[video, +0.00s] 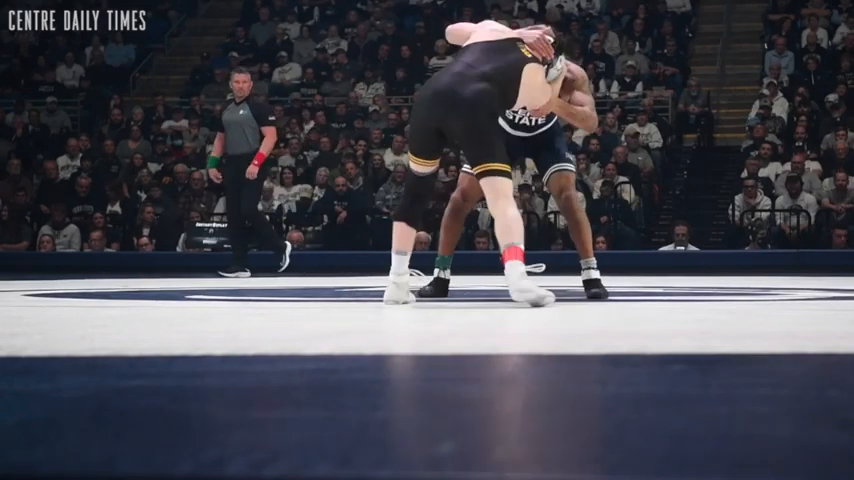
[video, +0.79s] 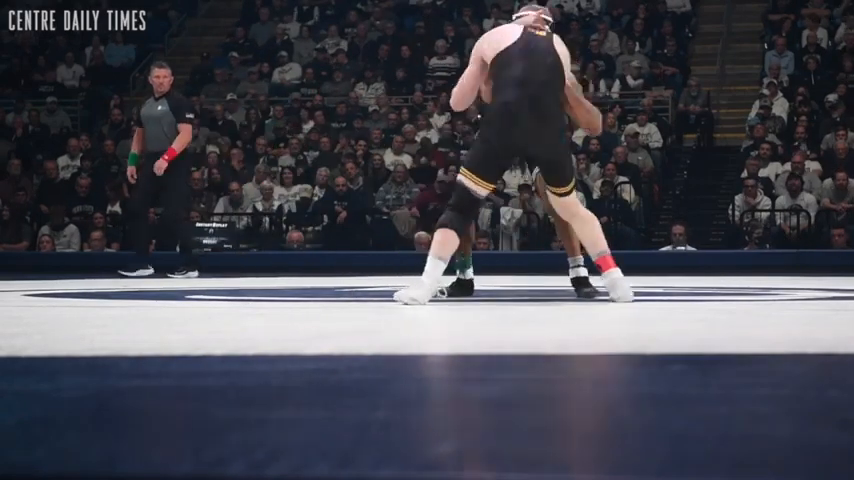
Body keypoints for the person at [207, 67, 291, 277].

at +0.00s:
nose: (240, 86)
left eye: (244, 82)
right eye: (237, 82)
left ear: (251, 85)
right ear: (230, 85)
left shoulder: (258, 106)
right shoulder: (226, 109)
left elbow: (271, 136)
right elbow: (220, 137)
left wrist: (256, 163)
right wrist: (212, 163)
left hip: (252, 163)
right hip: (231, 163)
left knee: (248, 211)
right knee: (234, 215)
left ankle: (281, 247)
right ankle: (240, 265)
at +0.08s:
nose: (232, 85)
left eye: (236, 81)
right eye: (228, 81)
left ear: (243, 83)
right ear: (222, 84)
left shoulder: (250, 105)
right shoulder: (218, 110)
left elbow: (263, 135)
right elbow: (211, 138)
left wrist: (254, 163)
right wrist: (202, 161)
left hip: (244, 161)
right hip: (225, 163)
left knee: (233, 207)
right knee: (230, 210)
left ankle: (259, 249)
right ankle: (240, 263)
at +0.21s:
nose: (219, 85)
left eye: (223, 81)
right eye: (215, 81)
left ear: (230, 83)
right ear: (209, 84)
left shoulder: (239, 106)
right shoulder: (206, 111)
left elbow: (252, 136)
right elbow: (197, 138)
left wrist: (248, 166)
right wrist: (185, 160)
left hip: (232, 163)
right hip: (214, 164)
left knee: (218, 209)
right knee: (226, 212)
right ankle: (239, 263)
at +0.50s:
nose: (191, 85)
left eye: (195, 81)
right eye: (188, 81)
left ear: (202, 82)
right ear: (182, 83)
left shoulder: (210, 106)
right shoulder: (176, 109)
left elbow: (223, 138)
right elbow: (167, 136)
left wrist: (220, 169)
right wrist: (160, 160)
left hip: (202, 164)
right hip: (183, 165)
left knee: (194, 212)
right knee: (191, 214)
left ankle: (190, 265)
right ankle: (227, 253)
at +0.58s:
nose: (184, 84)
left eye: (188, 79)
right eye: (180, 79)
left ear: (194, 81)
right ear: (173, 82)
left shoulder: (201, 104)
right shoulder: (167, 107)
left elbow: (213, 137)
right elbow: (159, 134)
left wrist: (206, 166)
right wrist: (151, 158)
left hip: (192, 162)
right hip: (172, 163)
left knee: (186, 212)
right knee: (173, 213)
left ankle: (189, 265)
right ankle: (212, 246)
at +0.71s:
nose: (171, 81)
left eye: (175, 77)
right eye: (166, 77)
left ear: (181, 79)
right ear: (160, 80)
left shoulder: (187, 102)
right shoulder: (155, 106)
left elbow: (196, 134)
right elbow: (148, 133)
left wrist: (181, 161)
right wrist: (140, 160)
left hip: (181, 161)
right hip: (160, 162)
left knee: (180, 210)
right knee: (151, 207)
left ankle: (187, 262)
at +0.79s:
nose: (161, 81)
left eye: (165, 77)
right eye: (157, 77)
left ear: (171, 79)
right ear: (150, 79)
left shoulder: (179, 102)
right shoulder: (145, 105)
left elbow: (186, 134)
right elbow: (139, 134)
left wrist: (166, 158)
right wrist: (132, 161)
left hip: (176, 163)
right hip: (150, 164)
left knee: (177, 211)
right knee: (137, 207)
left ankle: (188, 264)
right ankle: (142, 262)